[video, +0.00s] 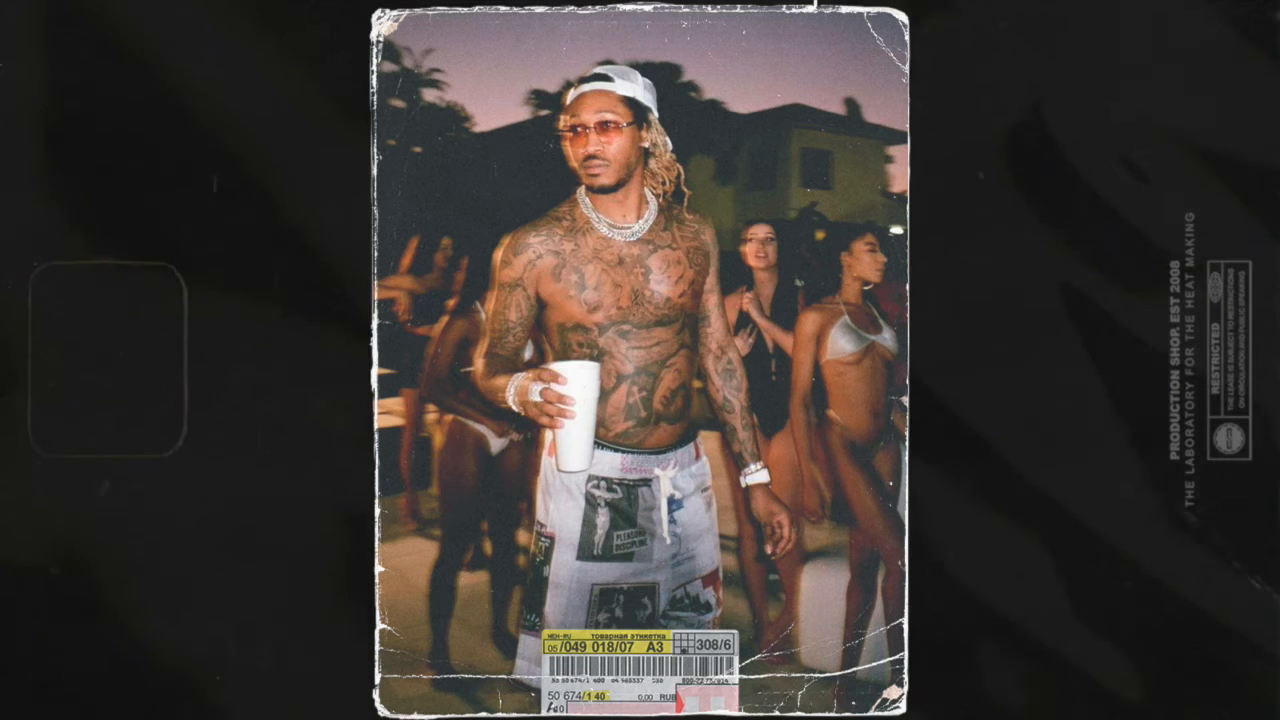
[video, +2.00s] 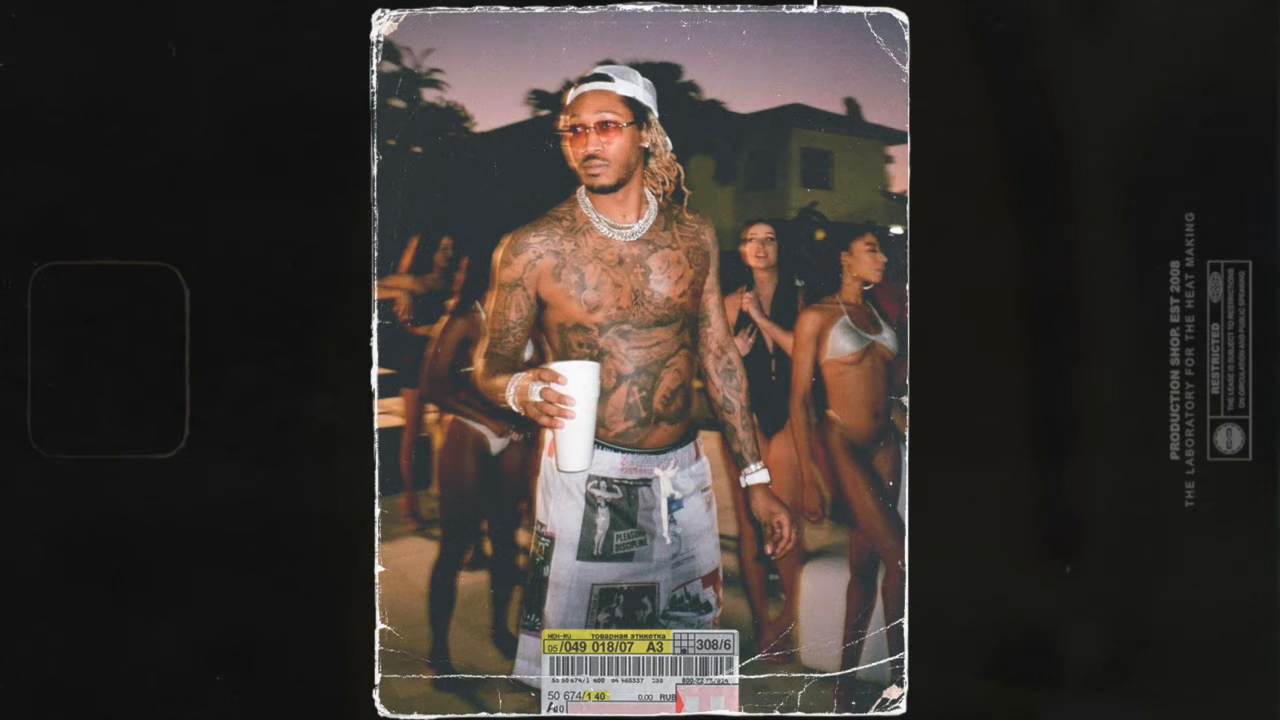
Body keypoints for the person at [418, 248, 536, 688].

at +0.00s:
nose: (515, 286)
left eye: (522, 278)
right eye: (508, 275)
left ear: (532, 287)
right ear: (494, 275)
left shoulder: (531, 331)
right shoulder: (465, 321)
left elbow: (543, 385)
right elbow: (433, 387)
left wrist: (529, 420)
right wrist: (489, 421)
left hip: (515, 444)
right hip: (465, 440)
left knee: (506, 541)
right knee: (455, 545)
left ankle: (501, 629)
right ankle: (439, 651)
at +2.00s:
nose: (515, 285)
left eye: (522, 277)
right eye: (509, 275)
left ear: (530, 287)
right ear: (493, 276)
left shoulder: (530, 331)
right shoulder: (464, 323)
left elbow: (543, 383)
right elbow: (435, 387)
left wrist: (529, 419)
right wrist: (491, 422)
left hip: (514, 446)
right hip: (465, 443)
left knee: (505, 542)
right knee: (456, 544)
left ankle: (501, 629)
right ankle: (439, 651)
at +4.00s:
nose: (513, 293)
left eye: (521, 286)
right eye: (507, 284)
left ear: (530, 293)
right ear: (493, 284)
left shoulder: (531, 333)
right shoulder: (464, 324)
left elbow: (543, 384)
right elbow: (435, 387)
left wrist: (529, 420)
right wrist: (490, 422)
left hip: (514, 444)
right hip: (465, 441)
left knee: (506, 540)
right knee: (456, 544)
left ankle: (501, 627)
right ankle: (439, 650)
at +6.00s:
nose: (514, 289)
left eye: (521, 281)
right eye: (507, 279)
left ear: (531, 289)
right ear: (493, 278)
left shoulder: (531, 333)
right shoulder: (465, 322)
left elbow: (543, 386)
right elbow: (434, 386)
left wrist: (529, 421)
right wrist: (490, 422)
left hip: (515, 443)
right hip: (465, 439)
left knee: (506, 540)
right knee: (456, 544)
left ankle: (501, 627)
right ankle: (439, 650)